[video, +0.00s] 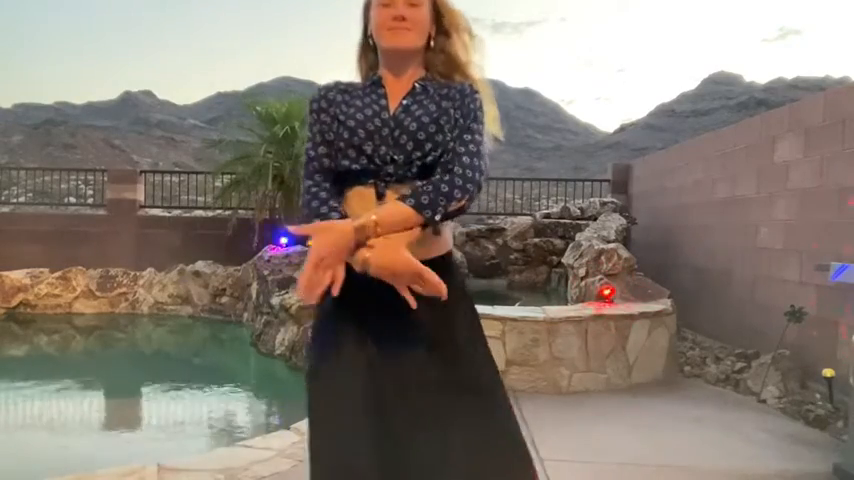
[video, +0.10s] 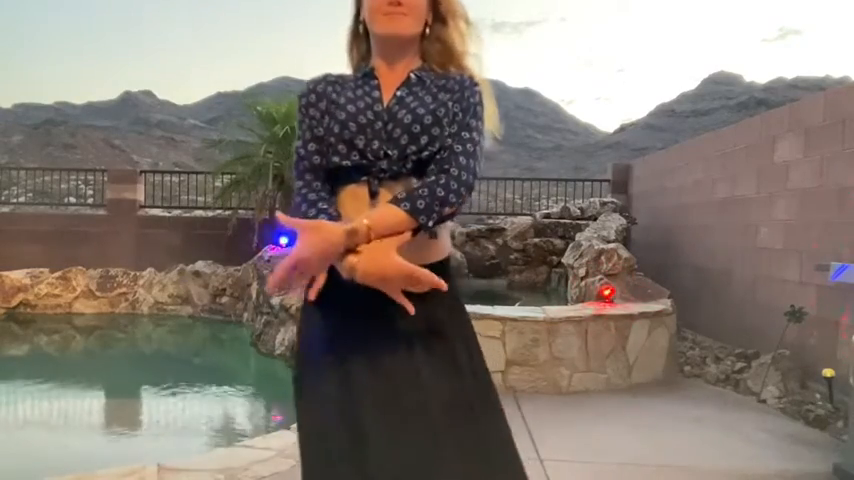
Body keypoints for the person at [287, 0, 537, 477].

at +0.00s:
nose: (399, 9)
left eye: (414, 2)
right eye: (386, 2)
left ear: (434, 24)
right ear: (368, 20)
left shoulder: (457, 97)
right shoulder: (331, 101)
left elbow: (462, 182)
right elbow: (315, 189)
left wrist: (358, 229)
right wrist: (365, 249)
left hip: (432, 289)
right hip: (350, 291)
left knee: (454, 450)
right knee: (350, 450)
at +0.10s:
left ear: (433, 11)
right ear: (361, 8)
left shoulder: (457, 89)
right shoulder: (322, 95)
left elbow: (452, 187)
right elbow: (307, 196)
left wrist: (345, 235)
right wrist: (353, 256)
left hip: (426, 297)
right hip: (338, 304)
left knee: (443, 459)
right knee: (346, 461)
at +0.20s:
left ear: (429, 4)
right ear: (359, 4)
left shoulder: (459, 80)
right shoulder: (314, 84)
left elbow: (452, 183)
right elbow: (301, 190)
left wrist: (342, 244)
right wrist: (341, 275)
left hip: (419, 301)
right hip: (325, 304)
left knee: (438, 459)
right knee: (336, 462)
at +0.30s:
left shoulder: (465, 76)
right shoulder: (306, 77)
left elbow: (458, 188)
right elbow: (290, 190)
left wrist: (341, 256)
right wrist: (338, 281)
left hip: (421, 311)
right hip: (320, 310)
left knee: (443, 468)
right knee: (330, 469)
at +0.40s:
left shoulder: (473, 71)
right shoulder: (302, 74)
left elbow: (477, 190)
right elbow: (284, 195)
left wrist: (349, 267)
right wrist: (356, 294)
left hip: (432, 329)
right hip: (316, 332)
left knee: (450, 470)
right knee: (322, 471)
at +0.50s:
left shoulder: (481, 62)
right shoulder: (298, 54)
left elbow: (502, 185)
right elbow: (277, 186)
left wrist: (383, 266)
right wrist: (358, 299)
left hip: (442, 334)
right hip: (317, 331)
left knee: (465, 469)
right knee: (299, 468)